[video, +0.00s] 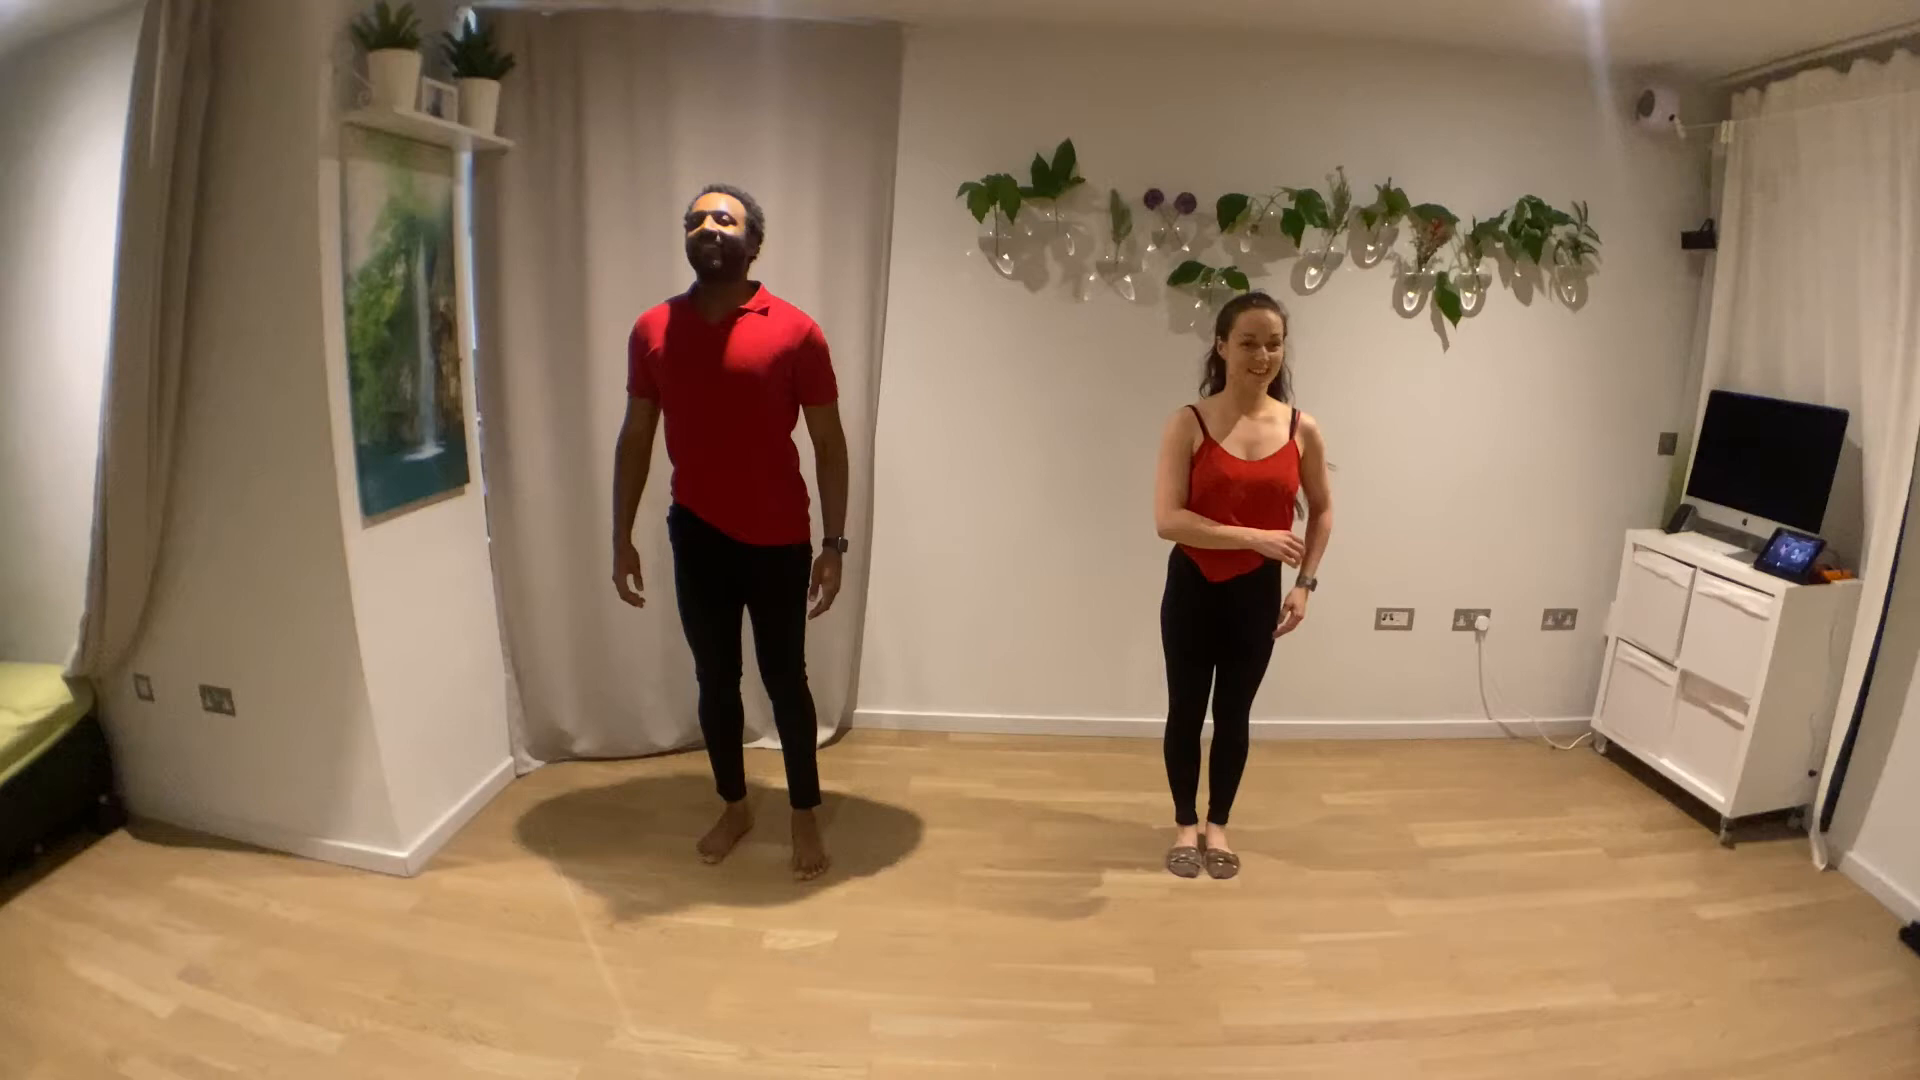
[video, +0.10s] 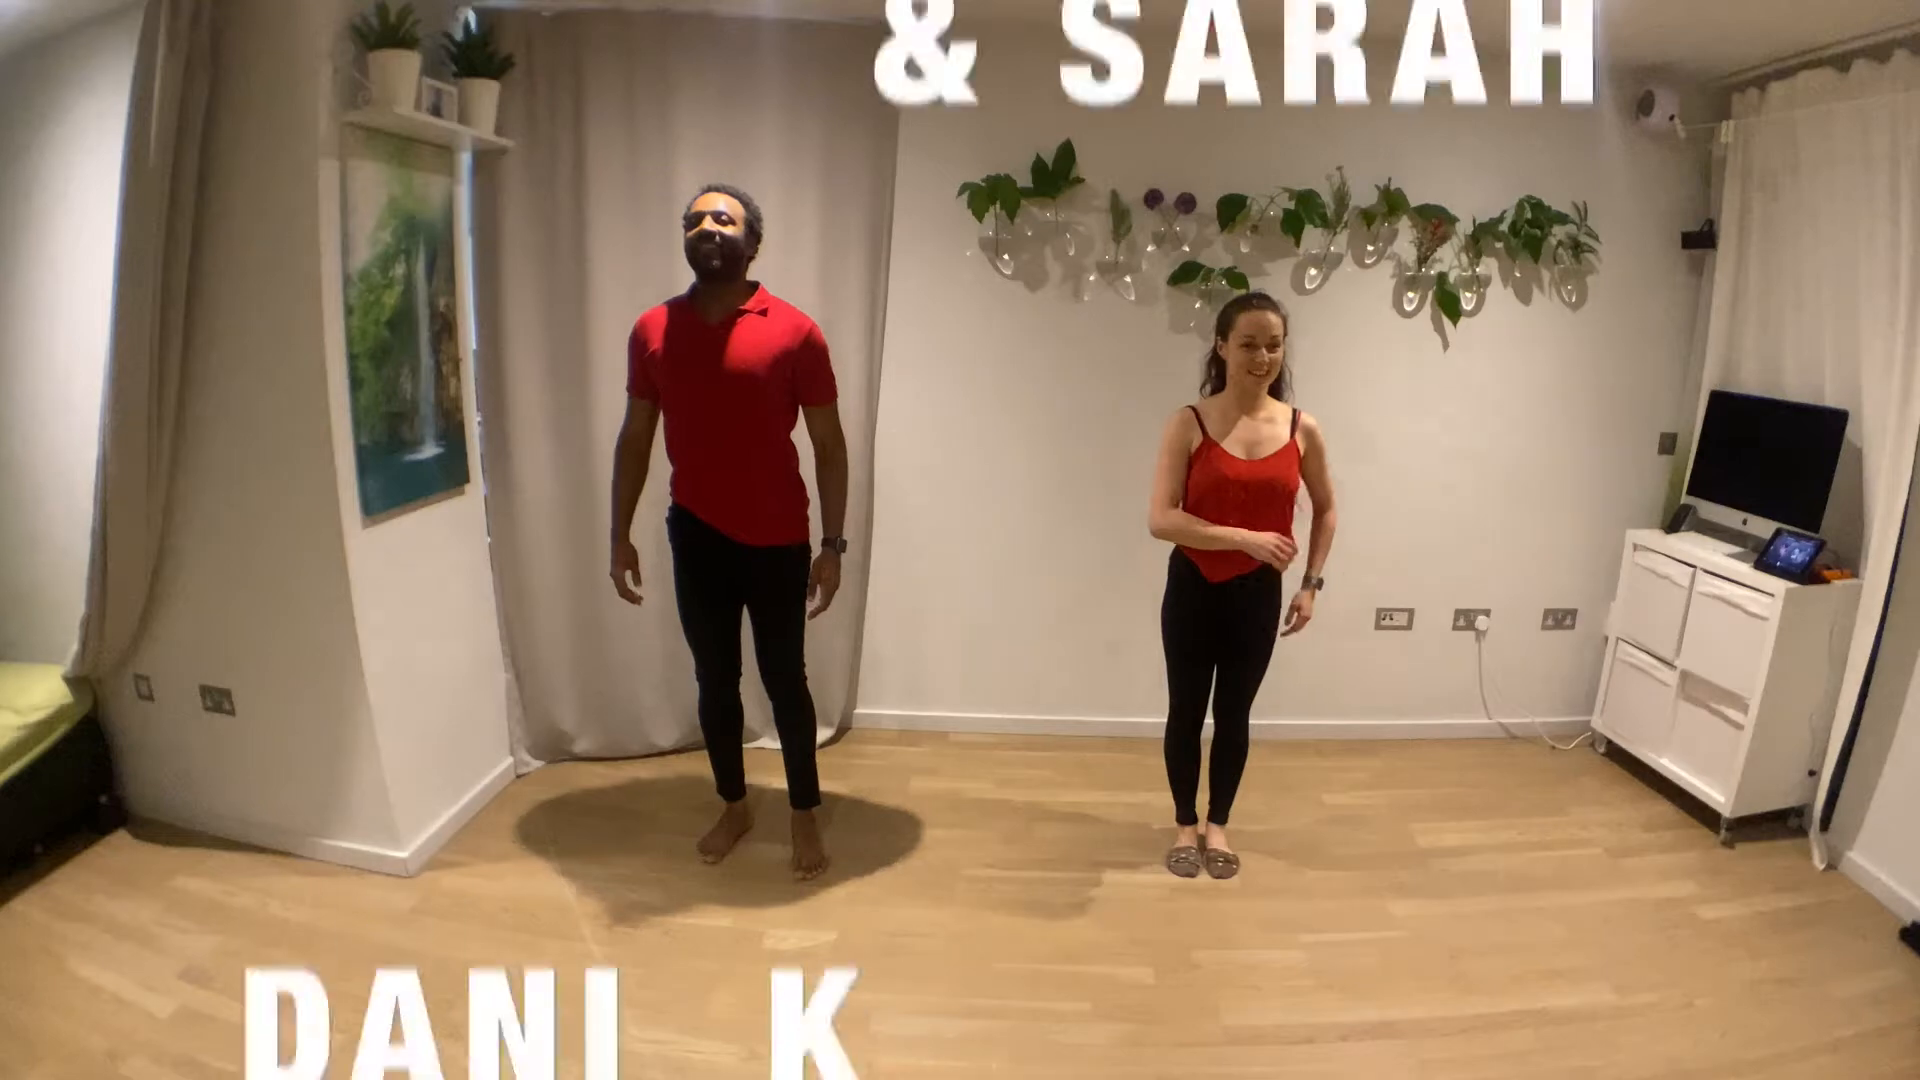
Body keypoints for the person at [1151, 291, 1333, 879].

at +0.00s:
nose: (1263, 355)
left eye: (1273, 344)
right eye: (1250, 343)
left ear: (1285, 350)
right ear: (1222, 347)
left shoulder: (1301, 430)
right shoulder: (1189, 422)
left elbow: (1321, 511)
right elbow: (1167, 519)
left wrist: (1304, 585)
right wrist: (1253, 537)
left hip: (1257, 590)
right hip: (1192, 586)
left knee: (1233, 714)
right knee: (1186, 710)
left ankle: (1216, 828)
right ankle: (1186, 829)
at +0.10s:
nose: (1263, 356)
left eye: (1273, 344)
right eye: (1250, 344)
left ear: (1285, 350)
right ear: (1222, 347)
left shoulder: (1301, 429)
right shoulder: (1189, 422)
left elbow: (1324, 509)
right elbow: (1161, 518)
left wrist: (1310, 583)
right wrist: (1244, 538)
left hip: (1257, 592)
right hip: (1192, 588)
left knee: (1234, 715)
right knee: (1186, 711)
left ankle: (1216, 827)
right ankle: (1185, 829)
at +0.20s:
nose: (1263, 358)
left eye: (1273, 347)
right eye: (1250, 346)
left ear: (1285, 350)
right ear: (1222, 348)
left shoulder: (1302, 429)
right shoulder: (1191, 422)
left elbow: (1327, 508)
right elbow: (1151, 516)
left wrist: (1320, 585)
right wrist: (1224, 540)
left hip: (1258, 591)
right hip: (1192, 586)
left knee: (1235, 714)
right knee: (1187, 711)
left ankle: (1217, 829)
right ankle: (1186, 829)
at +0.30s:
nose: (1264, 359)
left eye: (1275, 347)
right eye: (1251, 345)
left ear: (1288, 352)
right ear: (1226, 347)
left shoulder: (1302, 425)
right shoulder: (1193, 420)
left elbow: (1332, 508)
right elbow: (1145, 513)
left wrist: (1328, 580)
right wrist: (1213, 539)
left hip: (1260, 587)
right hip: (1194, 582)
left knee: (1236, 714)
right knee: (1188, 711)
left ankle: (1216, 829)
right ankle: (1186, 830)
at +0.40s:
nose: (1266, 359)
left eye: (1277, 347)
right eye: (1253, 346)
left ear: (1290, 352)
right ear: (1227, 348)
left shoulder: (1305, 426)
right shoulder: (1192, 422)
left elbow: (1338, 497)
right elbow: (1143, 509)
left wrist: (1338, 565)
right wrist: (1207, 542)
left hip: (1262, 590)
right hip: (1196, 584)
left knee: (1236, 716)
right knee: (1189, 711)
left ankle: (1215, 830)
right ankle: (1185, 830)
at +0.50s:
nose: (1269, 360)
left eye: (1281, 348)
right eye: (1256, 346)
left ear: (1294, 352)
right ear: (1230, 347)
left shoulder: (1309, 425)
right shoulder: (1193, 423)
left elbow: (1344, 495)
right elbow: (1156, 516)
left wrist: (1345, 554)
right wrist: (1210, 566)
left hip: (1267, 591)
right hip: (1198, 585)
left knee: (1238, 717)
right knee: (1192, 714)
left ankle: (1216, 832)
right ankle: (1187, 830)